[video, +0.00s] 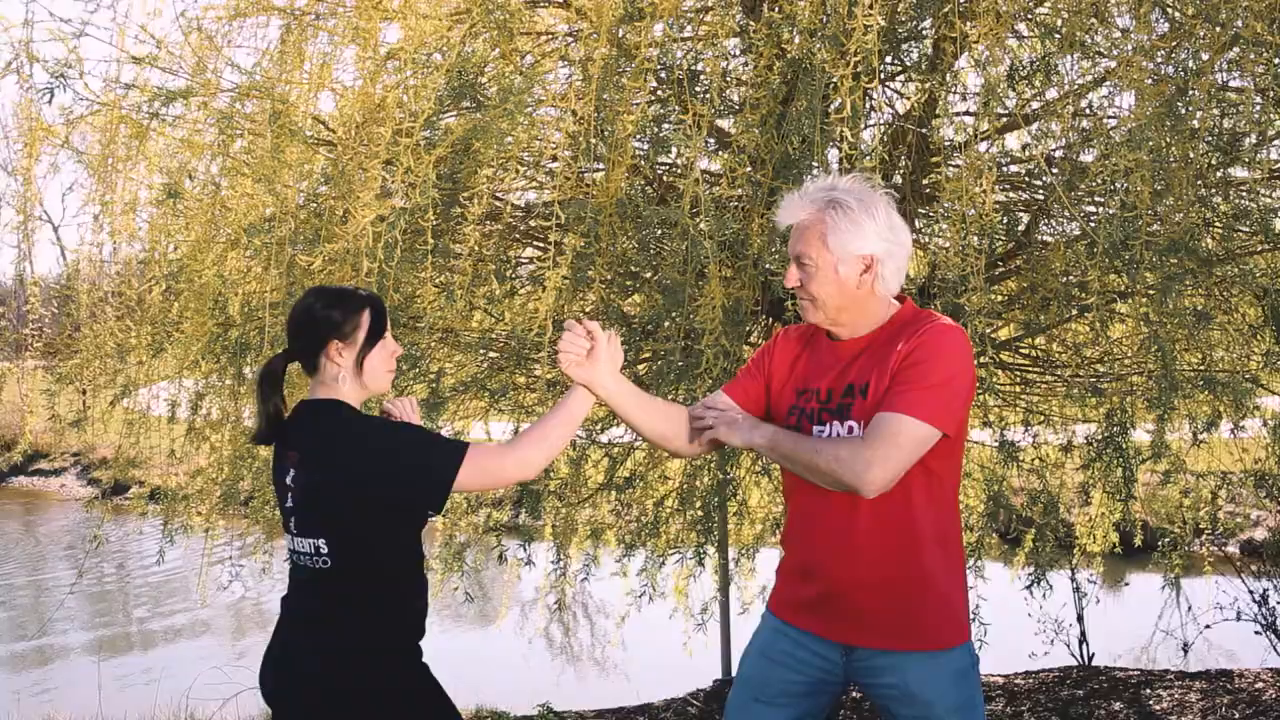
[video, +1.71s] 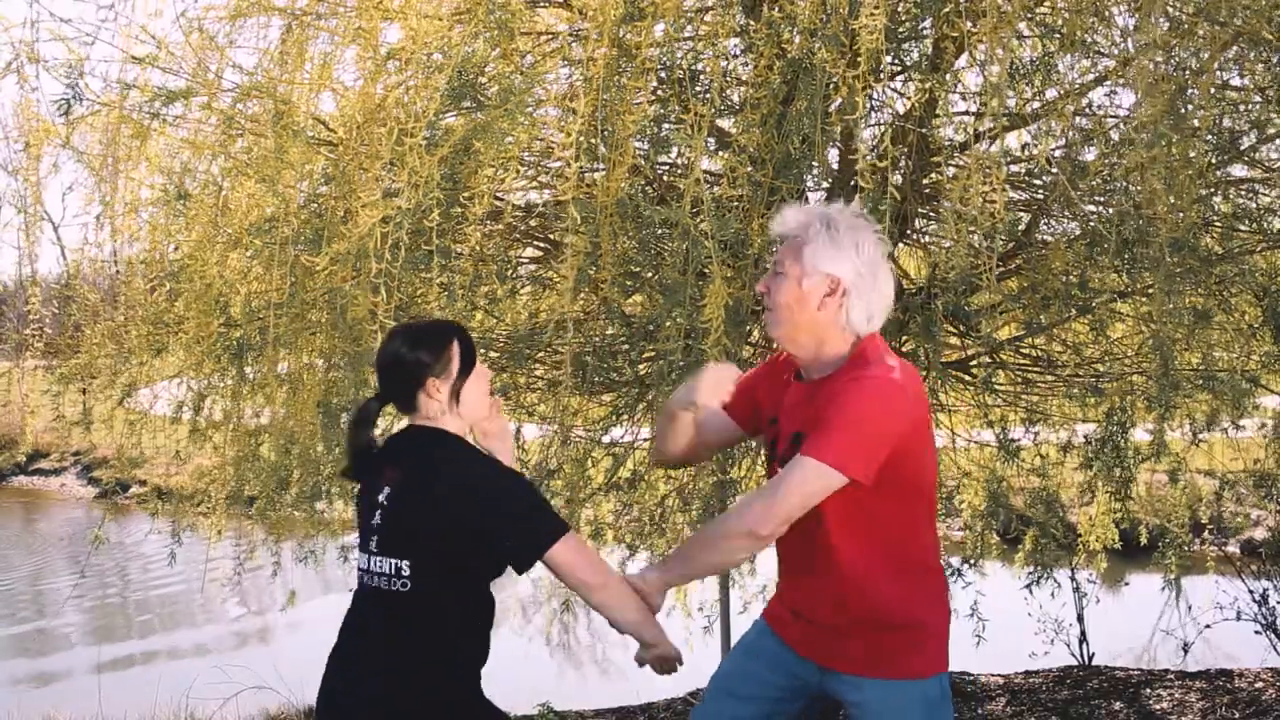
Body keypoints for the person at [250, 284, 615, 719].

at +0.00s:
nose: (397, 348)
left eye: (392, 336)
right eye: (384, 338)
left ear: (333, 355)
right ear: (339, 354)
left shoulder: (295, 433)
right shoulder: (379, 444)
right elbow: (521, 461)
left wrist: (397, 437)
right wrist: (592, 380)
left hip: (294, 669)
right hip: (375, 681)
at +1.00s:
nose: (398, 353)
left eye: (392, 339)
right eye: (385, 342)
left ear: (336, 358)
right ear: (340, 357)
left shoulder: (294, 436)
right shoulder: (379, 448)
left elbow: (367, 519)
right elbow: (517, 483)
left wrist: (406, 440)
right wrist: (576, 399)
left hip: (291, 672)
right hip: (373, 681)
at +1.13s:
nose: (407, 360)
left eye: (401, 348)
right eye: (395, 349)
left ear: (346, 365)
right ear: (351, 365)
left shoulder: (299, 440)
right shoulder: (398, 448)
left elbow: (362, 514)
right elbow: (538, 489)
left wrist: (404, 438)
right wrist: (587, 461)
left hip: (280, 679)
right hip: (370, 686)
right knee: (450, 710)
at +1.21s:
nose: (421, 370)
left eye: (415, 358)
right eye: (409, 358)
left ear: (355, 377)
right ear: (366, 376)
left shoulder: (302, 452)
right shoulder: (417, 455)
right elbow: (540, 515)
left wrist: (392, 434)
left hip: (285, 688)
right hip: (381, 688)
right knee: (461, 711)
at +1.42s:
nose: (468, 392)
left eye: (465, 380)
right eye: (460, 380)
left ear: (403, 398)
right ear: (418, 395)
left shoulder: (346, 472)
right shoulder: (467, 474)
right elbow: (586, 549)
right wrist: (639, 590)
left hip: (330, 696)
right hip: (426, 698)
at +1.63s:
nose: (483, 380)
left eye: (475, 366)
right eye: (470, 369)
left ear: (415, 390)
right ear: (431, 387)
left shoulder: (370, 463)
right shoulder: (477, 471)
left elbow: (426, 543)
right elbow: (610, 556)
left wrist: (476, 461)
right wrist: (666, 589)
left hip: (344, 691)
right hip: (436, 695)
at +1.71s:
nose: (488, 375)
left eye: (480, 364)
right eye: (476, 364)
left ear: (424, 393)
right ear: (438, 389)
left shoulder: (386, 459)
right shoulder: (479, 476)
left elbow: (485, 550)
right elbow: (593, 580)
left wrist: (500, 448)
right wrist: (655, 639)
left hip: (346, 693)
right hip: (435, 699)